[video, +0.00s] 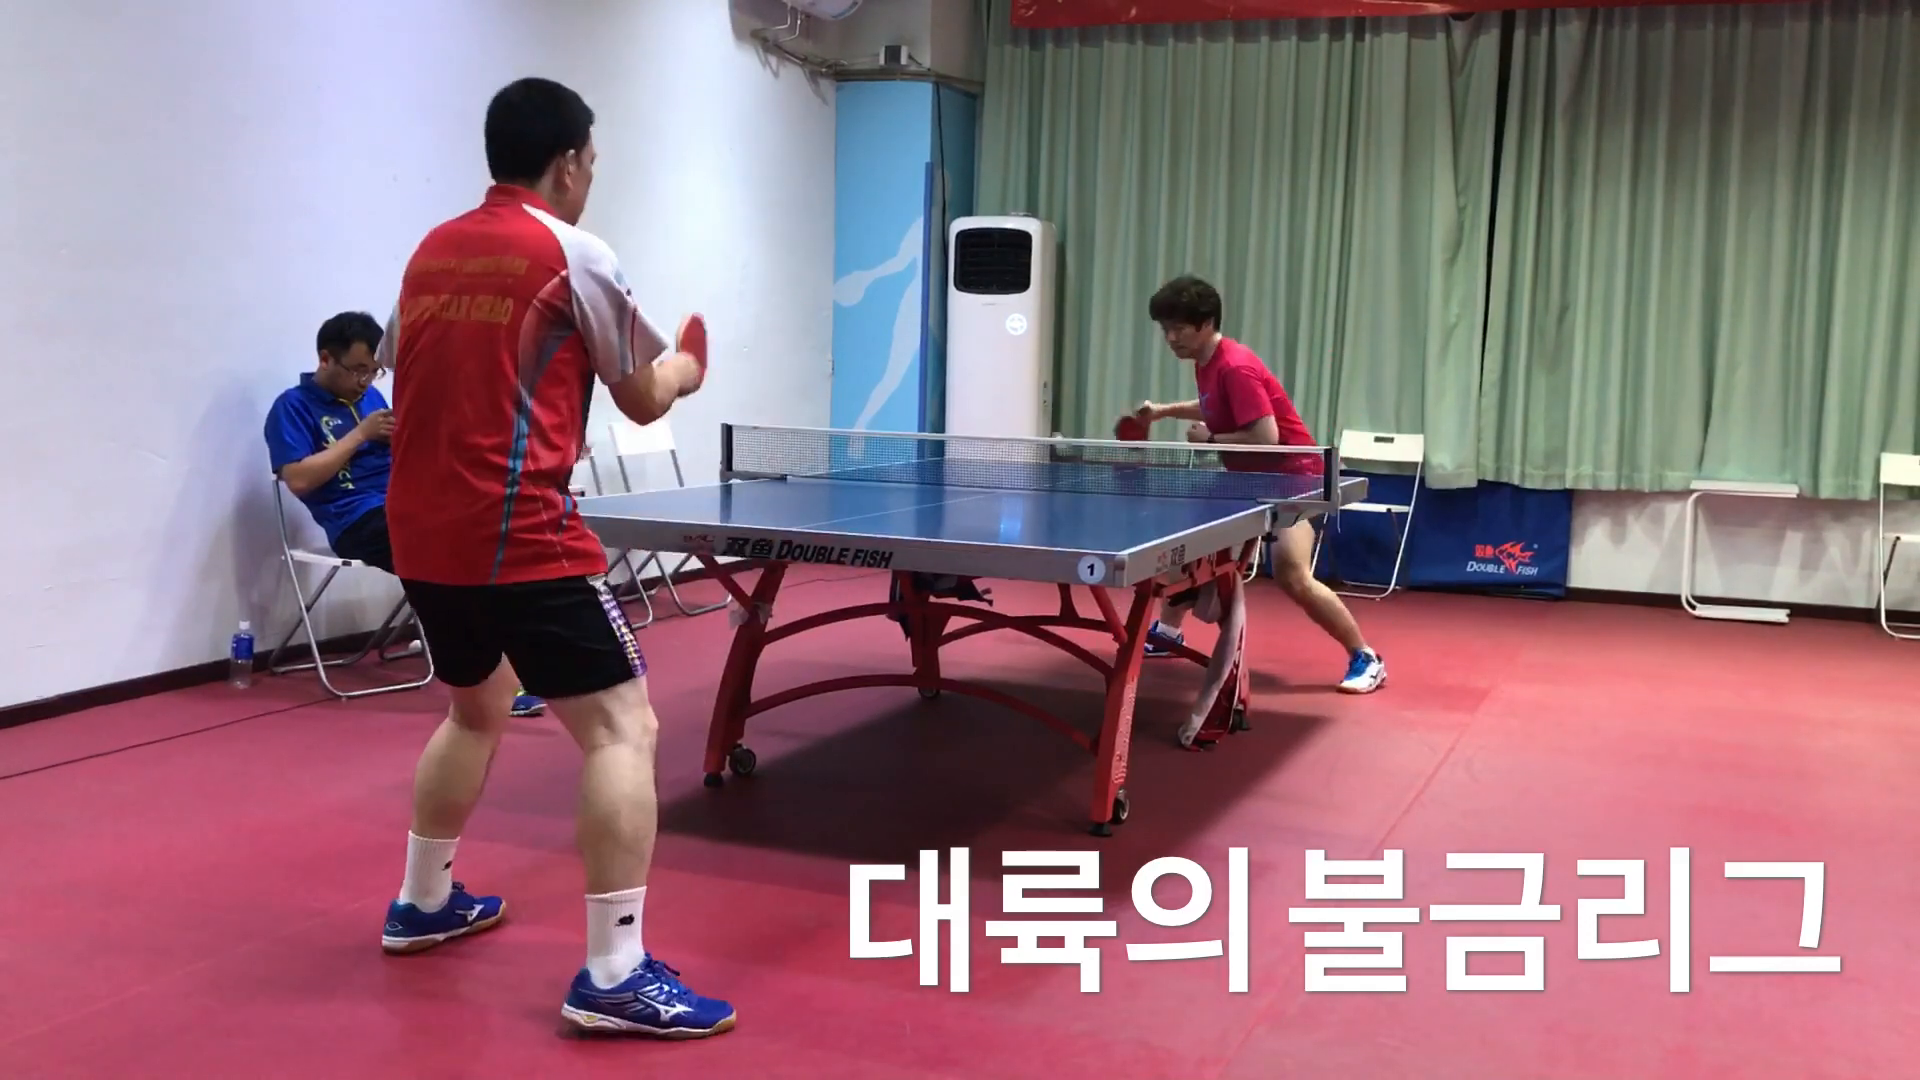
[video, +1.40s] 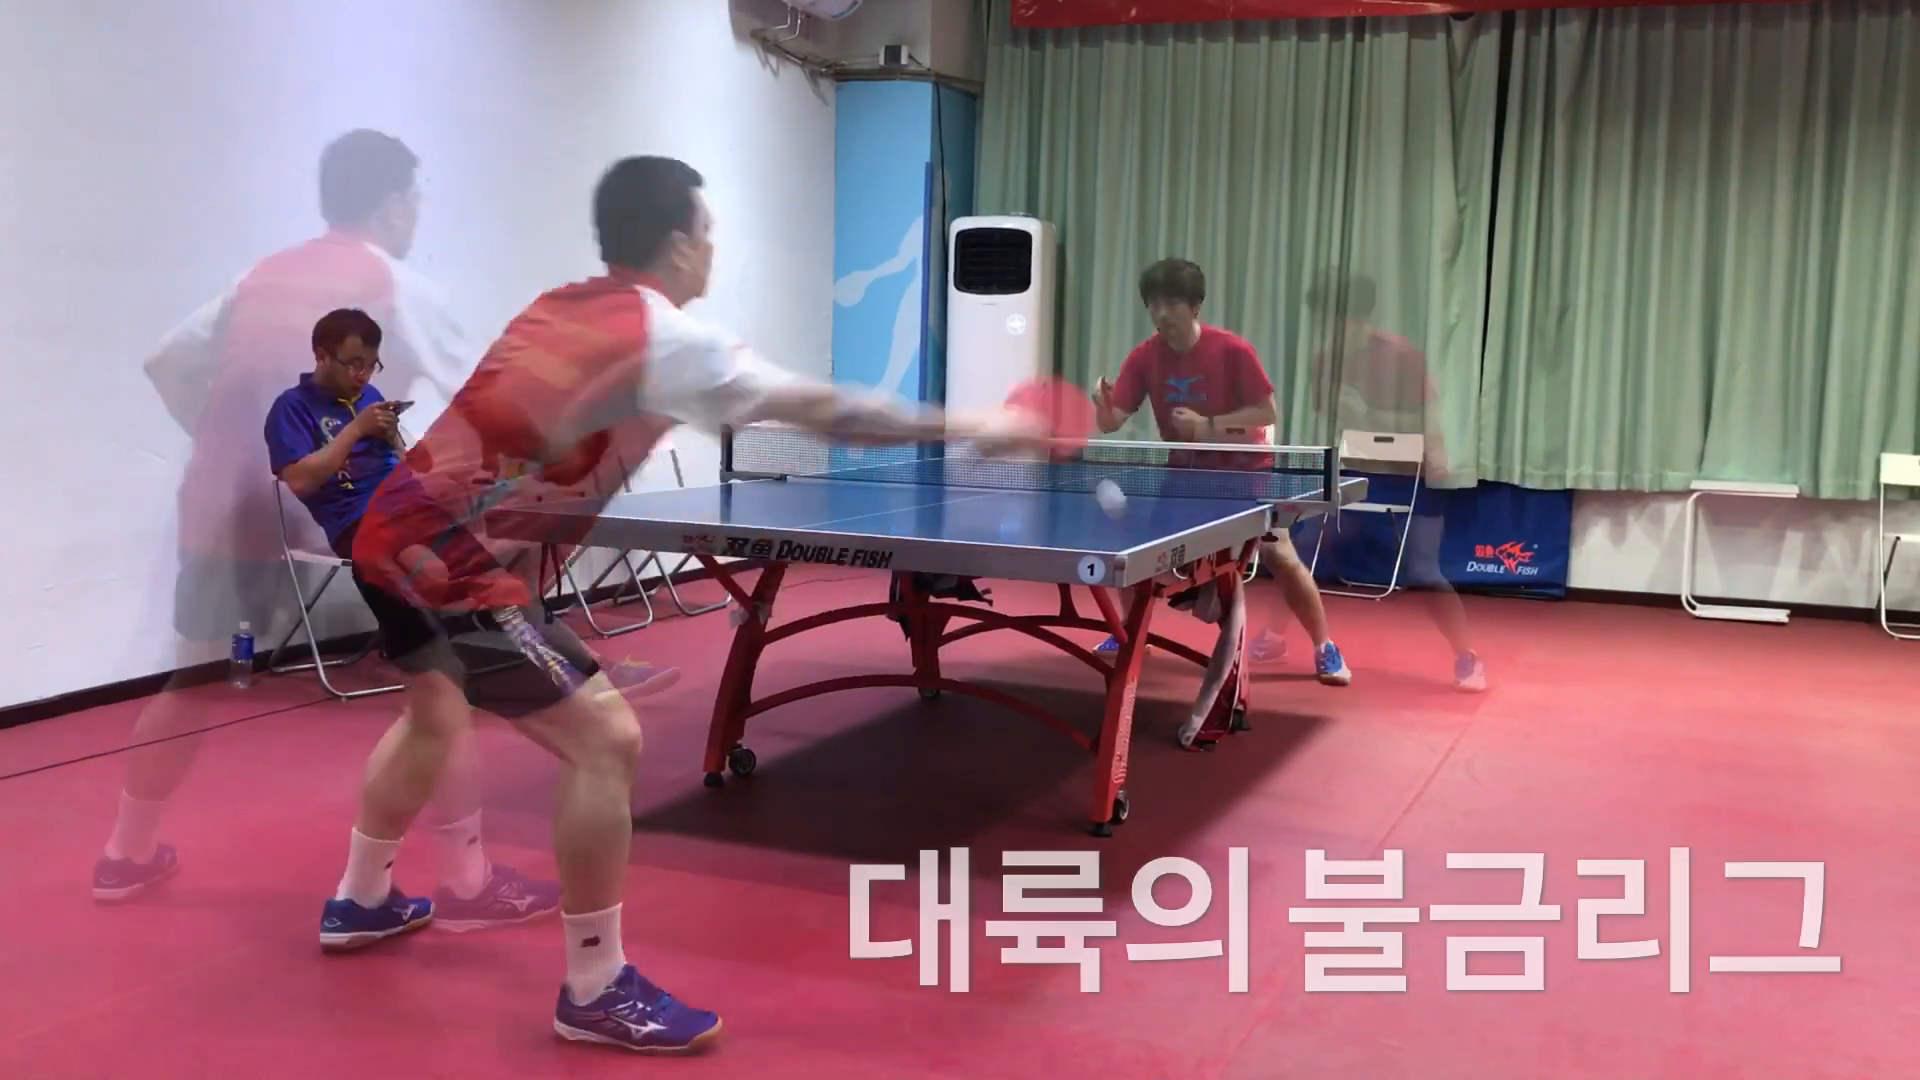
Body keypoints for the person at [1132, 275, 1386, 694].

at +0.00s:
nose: (1170, 338)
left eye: (1178, 328)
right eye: (1166, 329)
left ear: (1205, 324)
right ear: (1166, 329)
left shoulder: (1236, 366)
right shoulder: (1204, 363)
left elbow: (1266, 435)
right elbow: (1217, 411)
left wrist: (1212, 438)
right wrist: (1163, 411)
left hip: (1294, 476)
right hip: (1248, 476)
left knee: (1294, 578)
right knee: (1187, 540)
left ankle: (1365, 657)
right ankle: (1167, 632)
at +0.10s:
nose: (1175, 343)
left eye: (1180, 334)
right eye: (1172, 335)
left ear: (1209, 330)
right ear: (1204, 331)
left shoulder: (1250, 373)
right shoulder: (1202, 370)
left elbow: (1281, 442)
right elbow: (1193, 413)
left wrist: (1222, 443)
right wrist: (1132, 399)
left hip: (1295, 482)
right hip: (1245, 481)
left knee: (1297, 580)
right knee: (1183, 539)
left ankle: (1365, 659)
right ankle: (1166, 631)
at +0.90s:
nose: (1156, 344)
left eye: (1162, 336)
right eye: (1153, 336)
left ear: (1191, 330)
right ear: (1181, 331)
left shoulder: (1229, 375)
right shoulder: (1181, 368)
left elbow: (1263, 445)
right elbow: (1169, 405)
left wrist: (1206, 446)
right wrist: (1104, 398)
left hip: (1273, 482)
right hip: (1224, 480)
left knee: (1285, 580)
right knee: (1159, 541)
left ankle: (1350, 655)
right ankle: (1131, 633)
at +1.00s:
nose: (1156, 332)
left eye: (1162, 323)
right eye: (1154, 323)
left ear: (1192, 321)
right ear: (1178, 323)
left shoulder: (1238, 364)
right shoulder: (1164, 363)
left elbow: (1271, 431)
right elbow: (1115, 386)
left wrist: (1210, 437)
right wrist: (1081, 367)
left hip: (1270, 478)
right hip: (1215, 477)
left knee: (1290, 571)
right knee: (1158, 541)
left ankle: (1350, 654)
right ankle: (1132, 631)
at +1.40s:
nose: (1160, 315)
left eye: (1169, 305)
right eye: (1153, 306)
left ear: (1194, 304)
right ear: (1148, 308)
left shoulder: (1234, 352)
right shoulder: (1145, 358)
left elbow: (1266, 411)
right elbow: (1109, 424)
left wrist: (1209, 425)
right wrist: (1103, 405)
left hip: (1245, 479)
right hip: (1184, 481)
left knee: (1282, 556)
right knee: (1139, 548)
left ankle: (1325, 647)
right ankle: (1130, 634)